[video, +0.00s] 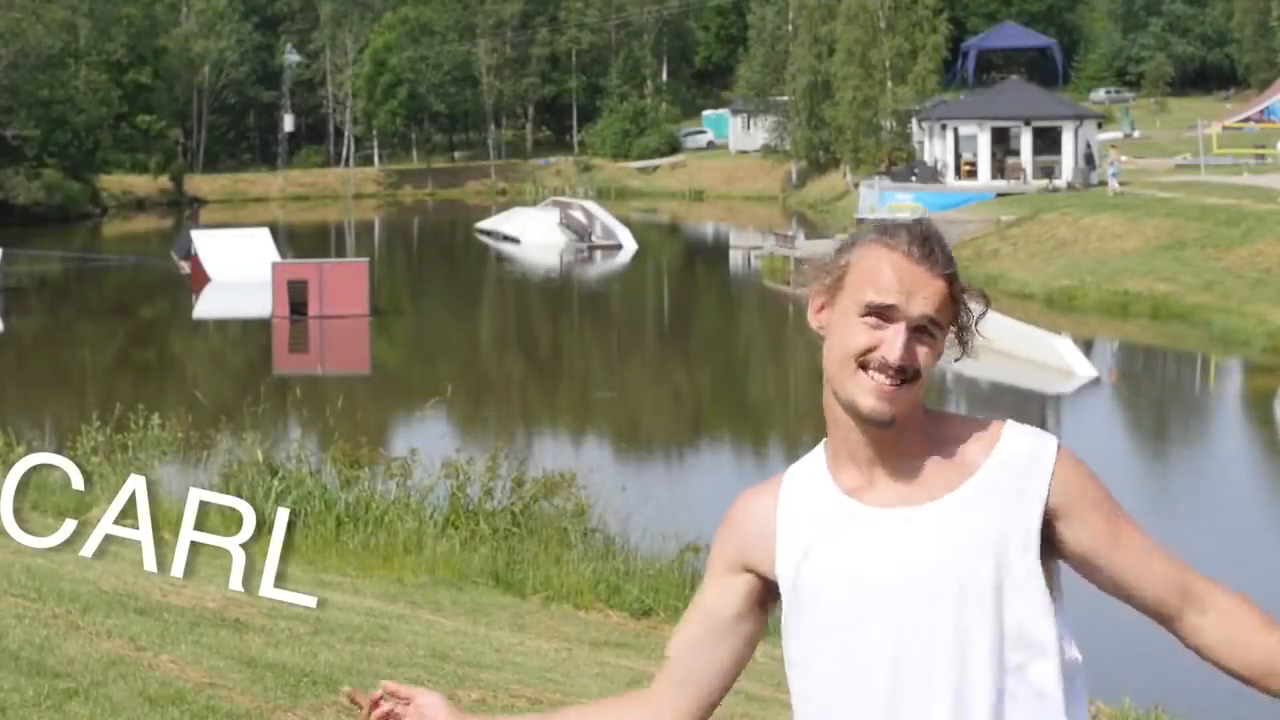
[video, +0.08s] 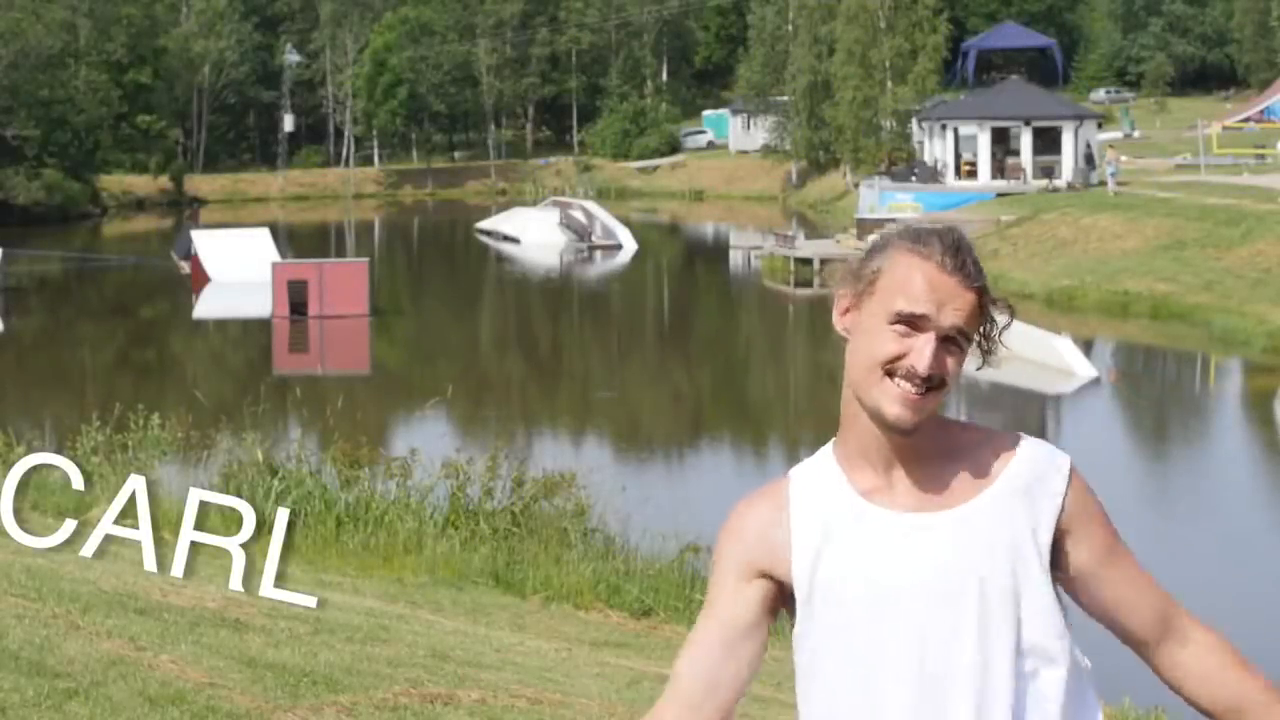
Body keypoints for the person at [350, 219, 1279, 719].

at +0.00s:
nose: (899, 346)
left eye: (925, 328)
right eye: (876, 316)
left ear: (948, 344)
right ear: (818, 318)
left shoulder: (1028, 468)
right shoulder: (764, 520)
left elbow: (1196, 609)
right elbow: (662, 707)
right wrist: (464, 719)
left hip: (1021, 715)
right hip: (853, 718)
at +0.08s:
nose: (926, 362)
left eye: (953, 342)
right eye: (907, 326)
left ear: (971, 354)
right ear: (846, 316)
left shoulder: (1041, 484)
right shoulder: (770, 526)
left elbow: (1173, 640)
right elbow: (686, 706)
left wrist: (1272, 708)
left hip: (1033, 706)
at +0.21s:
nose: (952, 383)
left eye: (978, 362)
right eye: (934, 344)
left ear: (993, 373)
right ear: (872, 325)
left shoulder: (1039, 500)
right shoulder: (796, 522)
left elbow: (1117, 678)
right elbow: (709, 702)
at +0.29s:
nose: (959, 387)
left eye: (986, 367)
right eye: (943, 349)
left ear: (1001, 376)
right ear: (883, 326)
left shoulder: (1033, 503)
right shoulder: (803, 518)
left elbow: (1073, 677)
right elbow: (755, 703)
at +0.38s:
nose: (962, 382)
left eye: (992, 359)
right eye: (946, 342)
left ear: (1007, 367)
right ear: (887, 323)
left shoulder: (1027, 495)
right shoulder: (810, 506)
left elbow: (1018, 668)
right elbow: (821, 694)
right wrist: (1002, 716)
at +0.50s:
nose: (974, 368)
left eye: (999, 346)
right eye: (952, 333)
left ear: (1017, 352)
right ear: (893, 319)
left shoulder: (1021, 487)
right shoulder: (820, 489)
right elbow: (890, 663)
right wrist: (1118, 676)